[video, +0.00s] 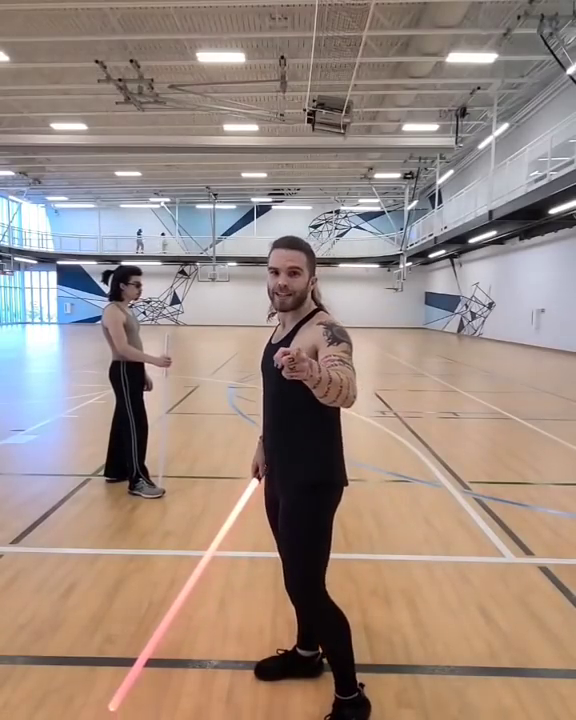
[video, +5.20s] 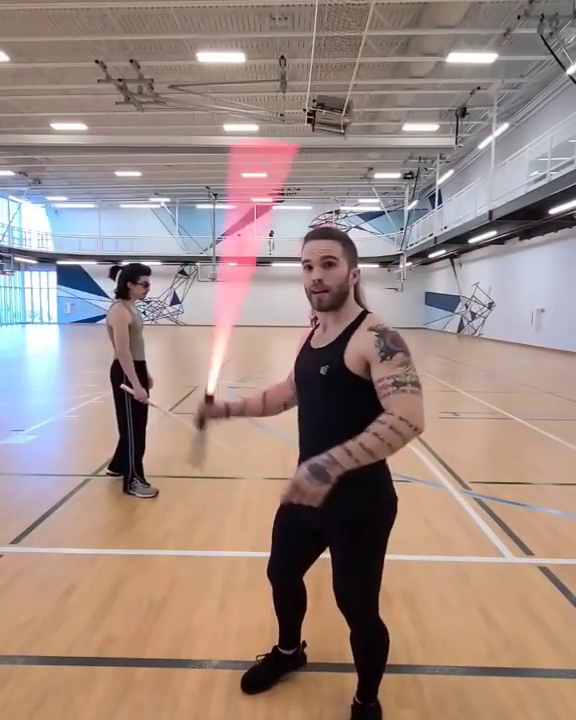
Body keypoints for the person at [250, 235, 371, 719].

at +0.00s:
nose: (282, 281)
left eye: (293, 272)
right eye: (275, 272)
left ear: (312, 277)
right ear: (267, 277)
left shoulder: (327, 331)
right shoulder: (282, 327)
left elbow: (346, 392)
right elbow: (280, 399)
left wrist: (312, 374)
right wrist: (263, 446)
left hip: (314, 476)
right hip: (281, 470)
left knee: (310, 589)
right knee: (296, 571)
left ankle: (350, 694)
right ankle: (307, 651)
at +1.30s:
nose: (305, 281)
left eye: (318, 271)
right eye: (299, 273)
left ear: (346, 279)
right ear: (294, 281)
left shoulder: (367, 338)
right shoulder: (321, 333)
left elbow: (380, 403)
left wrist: (335, 414)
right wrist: (300, 482)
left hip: (350, 501)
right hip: (308, 491)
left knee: (348, 608)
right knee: (299, 579)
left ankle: (356, 703)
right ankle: (306, 663)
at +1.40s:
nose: (305, 285)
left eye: (318, 273)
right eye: (299, 276)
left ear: (345, 281)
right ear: (293, 283)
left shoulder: (366, 340)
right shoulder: (323, 335)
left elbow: (380, 413)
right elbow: (326, 416)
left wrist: (321, 458)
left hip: (350, 504)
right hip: (309, 494)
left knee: (348, 610)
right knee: (300, 583)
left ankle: (357, 703)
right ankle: (307, 666)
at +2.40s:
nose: (279, 285)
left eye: (289, 275)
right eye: (270, 276)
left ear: (308, 278)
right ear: (261, 281)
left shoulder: (329, 337)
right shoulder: (275, 330)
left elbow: (356, 417)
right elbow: (284, 401)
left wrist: (324, 487)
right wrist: (256, 434)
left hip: (310, 482)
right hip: (272, 475)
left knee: (315, 594)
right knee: (286, 568)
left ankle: (351, 696)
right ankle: (301, 645)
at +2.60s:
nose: (285, 283)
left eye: (296, 274)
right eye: (276, 272)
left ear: (310, 280)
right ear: (264, 275)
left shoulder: (333, 336)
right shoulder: (264, 329)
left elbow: (367, 411)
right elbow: (252, 385)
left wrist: (354, 482)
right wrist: (198, 406)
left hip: (319, 483)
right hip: (272, 476)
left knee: (337, 591)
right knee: (290, 569)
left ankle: (364, 697)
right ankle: (302, 646)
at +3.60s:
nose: (330, 273)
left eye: (344, 264)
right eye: (328, 264)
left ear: (377, 277)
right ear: (325, 269)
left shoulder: (410, 346)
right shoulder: (318, 335)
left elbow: (432, 438)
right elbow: (267, 373)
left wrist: (377, 504)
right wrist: (205, 381)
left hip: (380, 497)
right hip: (323, 484)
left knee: (368, 608)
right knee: (292, 568)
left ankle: (368, 700)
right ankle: (301, 642)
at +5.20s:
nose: (316, 275)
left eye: (329, 264)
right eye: (308, 266)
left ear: (353, 272)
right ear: (302, 273)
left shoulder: (377, 338)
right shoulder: (316, 333)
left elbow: (406, 419)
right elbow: (285, 394)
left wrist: (329, 464)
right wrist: (226, 406)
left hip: (361, 497)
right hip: (309, 489)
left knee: (358, 605)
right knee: (283, 571)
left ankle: (367, 700)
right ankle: (289, 649)